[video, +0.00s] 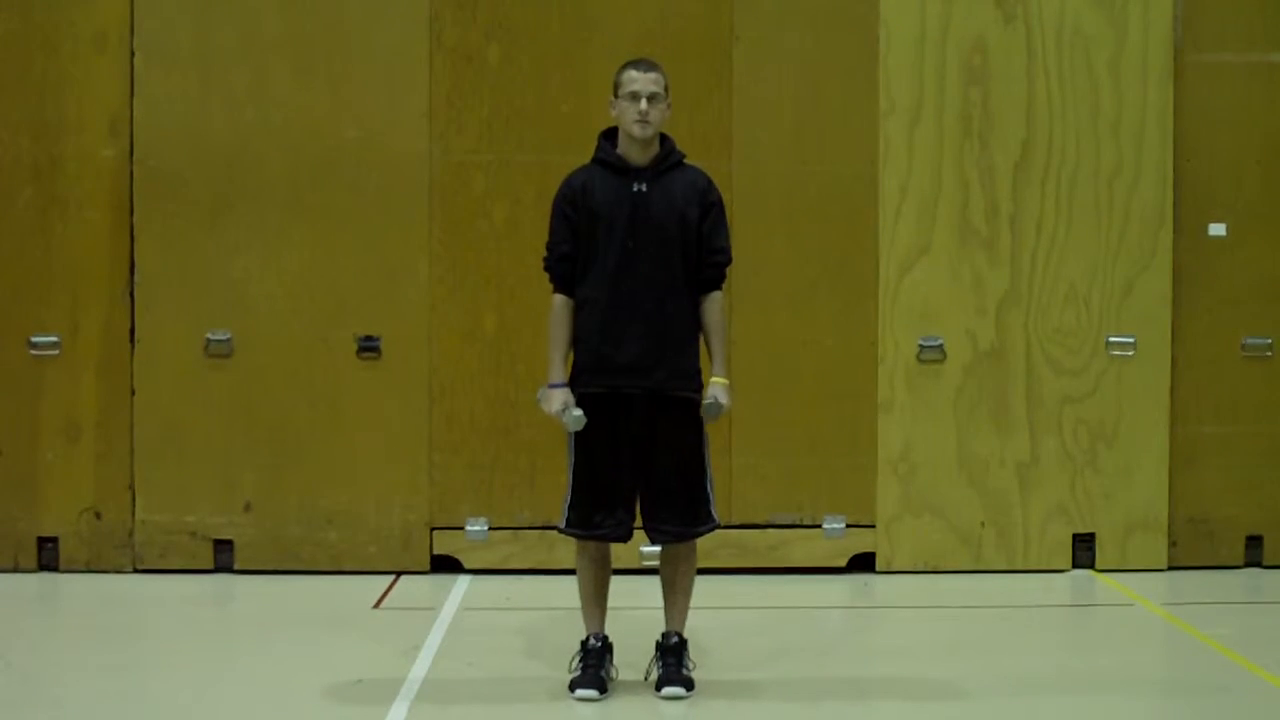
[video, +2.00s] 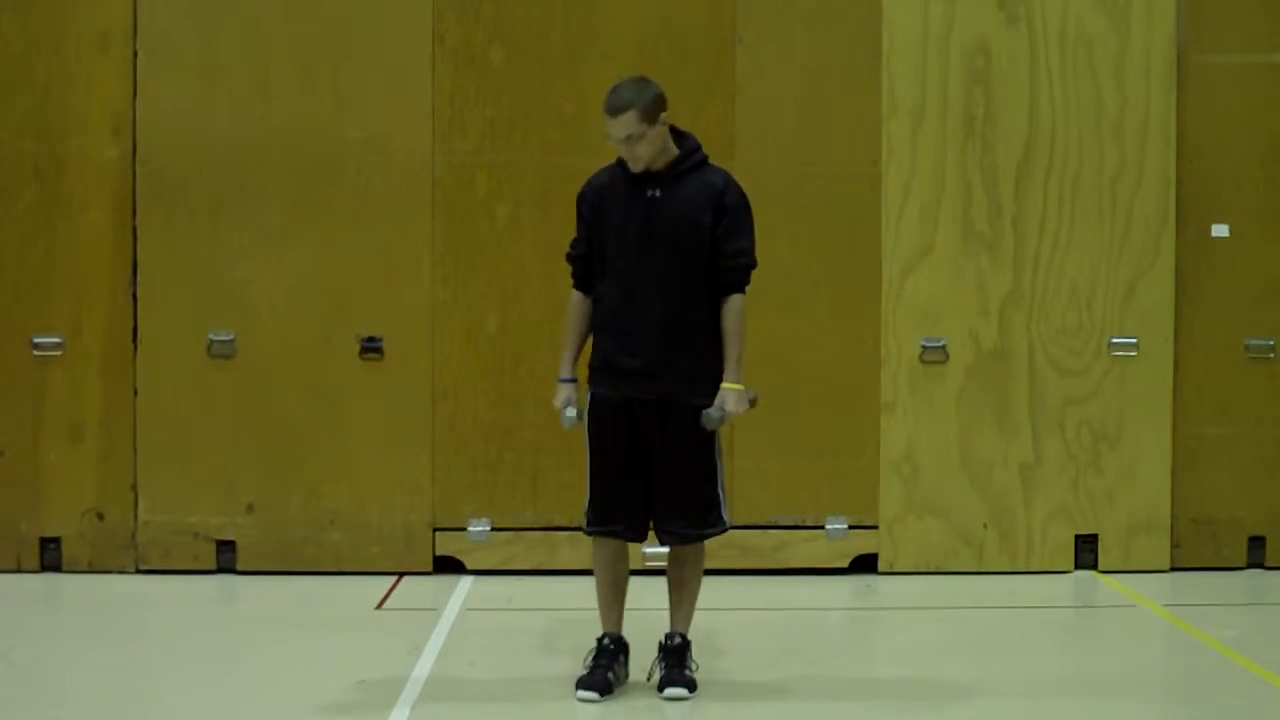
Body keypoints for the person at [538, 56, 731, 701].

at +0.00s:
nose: (644, 108)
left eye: (655, 99)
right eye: (634, 98)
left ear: (669, 109)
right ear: (613, 107)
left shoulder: (696, 188)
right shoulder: (580, 188)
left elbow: (711, 289)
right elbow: (563, 291)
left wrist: (719, 373)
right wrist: (556, 379)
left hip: (674, 384)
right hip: (599, 384)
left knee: (679, 523)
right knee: (594, 522)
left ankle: (673, 647)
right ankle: (594, 647)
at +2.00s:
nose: (622, 152)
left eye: (630, 140)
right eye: (616, 141)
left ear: (661, 122)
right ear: (611, 133)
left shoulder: (718, 192)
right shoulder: (601, 192)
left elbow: (734, 291)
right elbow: (584, 286)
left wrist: (733, 379)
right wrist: (567, 369)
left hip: (689, 389)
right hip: (615, 387)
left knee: (686, 525)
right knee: (610, 522)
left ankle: (676, 648)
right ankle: (610, 646)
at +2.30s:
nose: (572, 174)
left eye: (576, 160)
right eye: (565, 164)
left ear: (607, 139)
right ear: (577, 152)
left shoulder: (679, 193)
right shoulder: (580, 204)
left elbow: (706, 293)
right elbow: (594, 291)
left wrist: (702, 387)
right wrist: (597, 369)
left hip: (665, 387)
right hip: (597, 383)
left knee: (673, 525)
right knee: (564, 514)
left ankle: (675, 650)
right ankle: (555, 648)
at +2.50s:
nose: (529, 190)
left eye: (529, 175)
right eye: (520, 180)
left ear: (557, 148)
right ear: (536, 162)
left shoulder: (634, 200)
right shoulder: (553, 211)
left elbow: (661, 302)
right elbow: (572, 300)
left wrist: (646, 397)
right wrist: (567, 376)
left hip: (635, 393)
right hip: (568, 388)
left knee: (652, 531)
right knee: (519, 517)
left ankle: (672, 650)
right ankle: (466, 642)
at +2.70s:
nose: (449, 205)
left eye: (448, 192)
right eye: (442, 197)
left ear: (476, 165)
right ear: (462, 177)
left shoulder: (559, 208)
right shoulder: (489, 221)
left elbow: (587, 310)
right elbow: (518, 310)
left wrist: (573, 404)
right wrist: (515, 383)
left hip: (586, 397)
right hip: (520, 397)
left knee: (623, 532)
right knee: (475, 526)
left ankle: (667, 648)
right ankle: (435, 652)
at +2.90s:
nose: (366, 220)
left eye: (362, 208)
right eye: (358, 213)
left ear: (383, 179)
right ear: (379, 189)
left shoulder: (477, 207)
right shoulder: (413, 227)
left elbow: (518, 305)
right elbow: (451, 317)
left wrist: (509, 402)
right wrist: (446, 389)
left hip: (531, 391)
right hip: (471, 392)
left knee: (559, 521)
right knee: (443, 524)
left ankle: (637, 625)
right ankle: (432, 653)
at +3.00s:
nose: (338, 228)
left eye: (335, 215)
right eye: (329, 221)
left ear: (356, 187)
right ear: (349, 195)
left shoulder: (446, 209)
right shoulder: (388, 235)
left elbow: (492, 308)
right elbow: (428, 323)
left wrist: (485, 407)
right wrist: (413, 404)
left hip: (511, 384)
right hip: (456, 390)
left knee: (502, 524)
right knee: (435, 524)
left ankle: (569, 629)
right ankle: (432, 654)